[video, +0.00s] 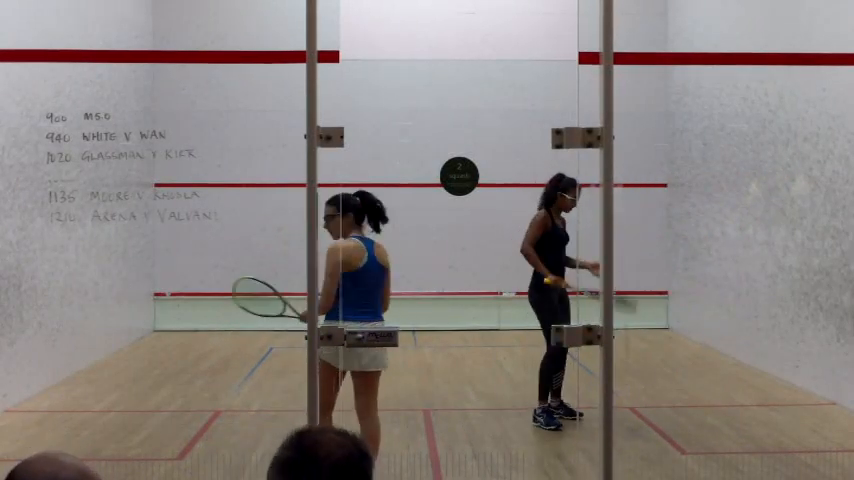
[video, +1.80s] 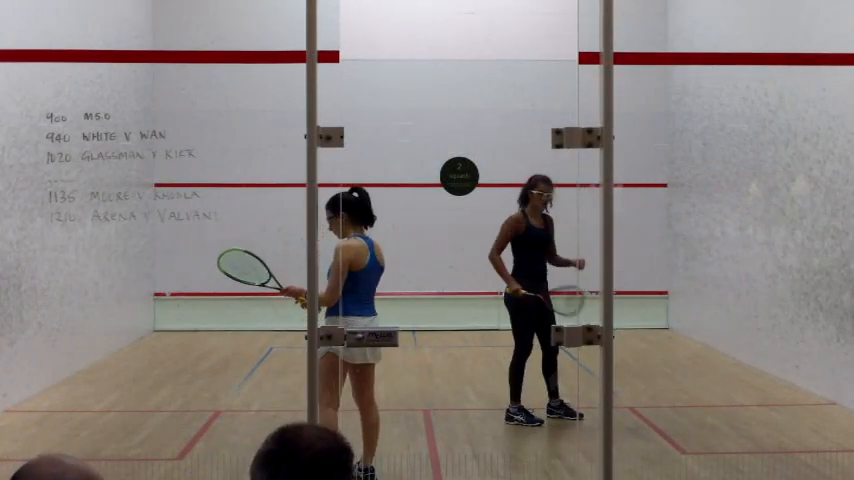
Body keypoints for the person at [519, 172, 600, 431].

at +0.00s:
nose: (575, 203)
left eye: (575, 198)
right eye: (572, 198)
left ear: (562, 197)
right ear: (559, 195)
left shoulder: (560, 221)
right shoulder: (542, 218)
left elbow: (558, 257)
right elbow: (526, 249)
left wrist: (584, 264)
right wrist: (548, 275)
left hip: (557, 290)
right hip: (542, 291)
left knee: (562, 346)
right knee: (555, 347)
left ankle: (556, 402)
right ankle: (541, 409)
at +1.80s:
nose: (546, 199)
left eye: (549, 195)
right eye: (542, 194)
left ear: (550, 198)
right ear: (530, 193)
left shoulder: (547, 222)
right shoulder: (515, 221)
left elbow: (551, 257)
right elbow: (494, 255)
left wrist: (572, 263)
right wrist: (511, 284)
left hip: (541, 293)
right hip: (520, 293)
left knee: (550, 347)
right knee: (523, 348)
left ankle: (555, 402)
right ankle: (514, 407)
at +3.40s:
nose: (570, 200)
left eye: (571, 196)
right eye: (566, 195)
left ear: (570, 197)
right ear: (551, 195)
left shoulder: (568, 221)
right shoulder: (536, 221)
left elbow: (572, 255)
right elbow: (521, 255)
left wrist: (584, 270)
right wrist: (545, 271)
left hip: (565, 287)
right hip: (545, 289)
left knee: (561, 345)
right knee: (553, 346)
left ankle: (557, 401)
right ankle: (522, 400)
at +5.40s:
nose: (571, 206)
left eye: (573, 201)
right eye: (569, 201)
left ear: (558, 200)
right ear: (556, 197)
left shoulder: (548, 220)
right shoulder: (538, 219)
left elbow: (550, 260)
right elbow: (529, 253)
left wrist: (578, 270)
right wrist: (551, 281)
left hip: (545, 293)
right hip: (535, 295)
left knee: (570, 342)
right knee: (541, 349)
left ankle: (560, 401)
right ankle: (532, 410)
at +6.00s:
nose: (580, 202)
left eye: (580, 198)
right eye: (578, 197)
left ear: (566, 198)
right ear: (566, 197)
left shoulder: (560, 222)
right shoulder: (551, 222)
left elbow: (557, 260)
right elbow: (544, 259)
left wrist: (580, 272)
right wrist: (576, 273)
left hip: (554, 294)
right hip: (547, 295)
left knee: (577, 343)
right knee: (550, 349)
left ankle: (558, 400)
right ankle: (532, 409)